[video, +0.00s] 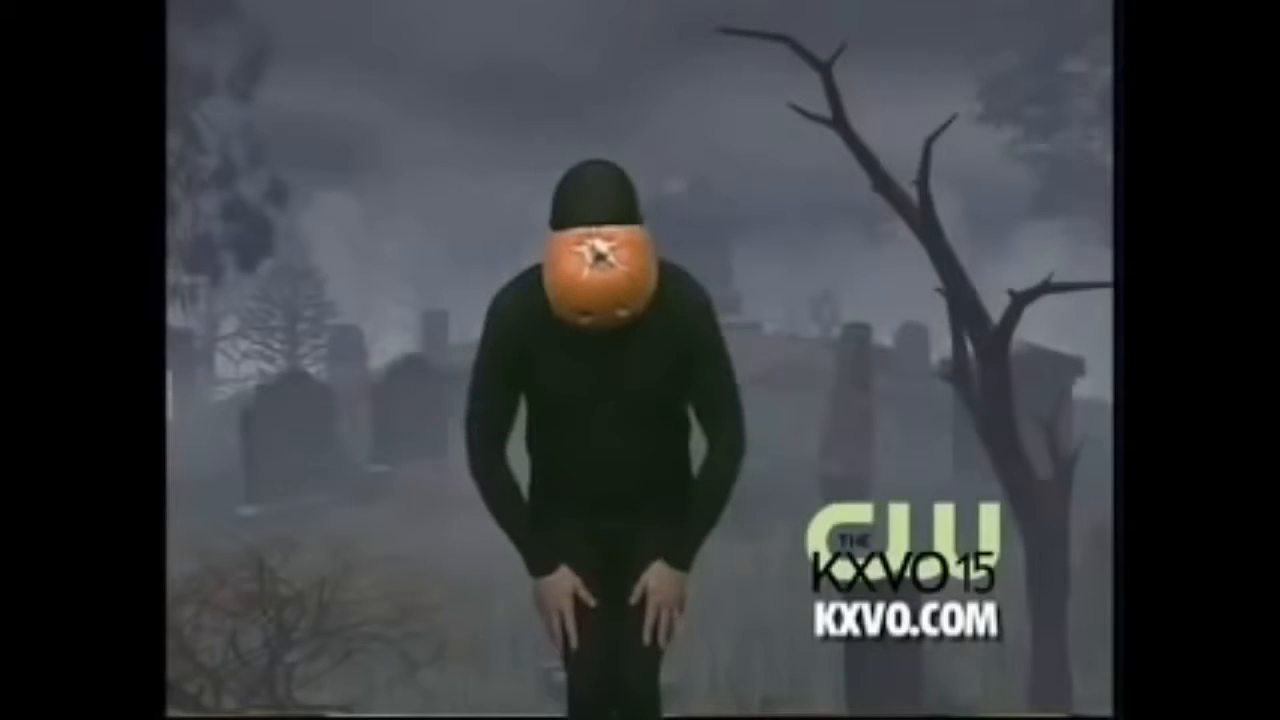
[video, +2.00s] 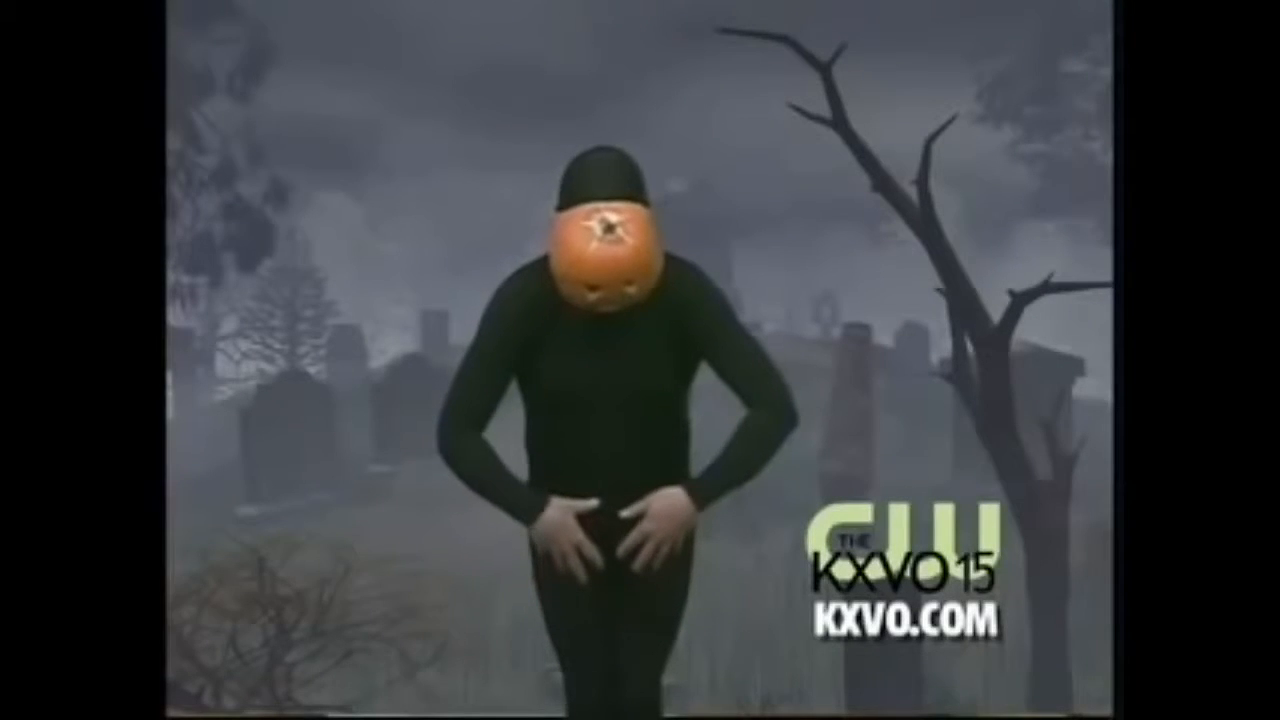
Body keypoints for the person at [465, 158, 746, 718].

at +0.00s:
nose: (598, 258)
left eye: (615, 243)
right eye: (581, 244)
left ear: (640, 239)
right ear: (555, 241)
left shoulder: (680, 303)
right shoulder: (519, 310)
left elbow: (727, 440)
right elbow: (485, 449)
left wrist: (677, 559)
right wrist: (542, 563)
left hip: (657, 507)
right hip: (564, 511)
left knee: (635, 681)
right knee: (588, 684)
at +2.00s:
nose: (604, 242)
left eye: (622, 223)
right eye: (587, 223)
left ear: (648, 226)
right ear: (560, 228)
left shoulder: (682, 292)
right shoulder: (526, 298)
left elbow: (775, 409)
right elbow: (456, 434)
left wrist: (693, 497)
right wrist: (536, 511)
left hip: (659, 534)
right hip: (564, 537)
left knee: (637, 696)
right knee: (589, 696)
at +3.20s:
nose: (613, 201)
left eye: (629, 189)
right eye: (597, 189)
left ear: (658, 207)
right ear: (566, 207)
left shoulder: (690, 299)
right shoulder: (529, 302)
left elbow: (780, 417)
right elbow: (457, 436)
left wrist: (734, 423)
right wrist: (494, 432)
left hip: (659, 524)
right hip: (564, 526)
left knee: (640, 695)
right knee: (590, 694)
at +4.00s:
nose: (614, 213)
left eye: (630, 187)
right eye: (591, 187)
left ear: (656, 206)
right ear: (562, 207)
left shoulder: (689, 302)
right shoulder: (521, 303)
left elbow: (791, 405)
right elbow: (413, 406)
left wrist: (783, 356)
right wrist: (442, 356)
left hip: (656, 533)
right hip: (560, 535)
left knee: (642, 700)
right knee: (582, 700)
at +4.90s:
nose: (615, 207)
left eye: (632, 194)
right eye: (595, 193)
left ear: (657, 209)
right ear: (559, 210)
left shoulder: (694, 300)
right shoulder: (507, 304)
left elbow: (817, 341)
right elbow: (380, 350)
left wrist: (835, 274)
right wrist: (378, 283)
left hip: (658, 544)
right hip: (556, 548)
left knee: (676, 704)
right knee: (574, 706)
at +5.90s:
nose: (617, 194)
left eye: (634, 183)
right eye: (596, 181)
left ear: (658, 209)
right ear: (560, 207)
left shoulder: (700, 292)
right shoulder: (504, 297)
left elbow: (822, 277)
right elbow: (373, 295)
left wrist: (869, 192)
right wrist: (327, 207)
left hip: (663, 556)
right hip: (553, 562)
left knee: (714, 711)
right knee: (566, 715)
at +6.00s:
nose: (617, 191)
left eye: (634, 181)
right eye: (595, 179)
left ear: (657, 209)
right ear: (559, 209)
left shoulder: (701, 289)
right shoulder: (503, 294)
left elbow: (821, 271)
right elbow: (373, 286)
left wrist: (869, 186)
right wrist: (328, 198)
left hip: (663, 556)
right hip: (553, 561)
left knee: (716, 709)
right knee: (563, 712)